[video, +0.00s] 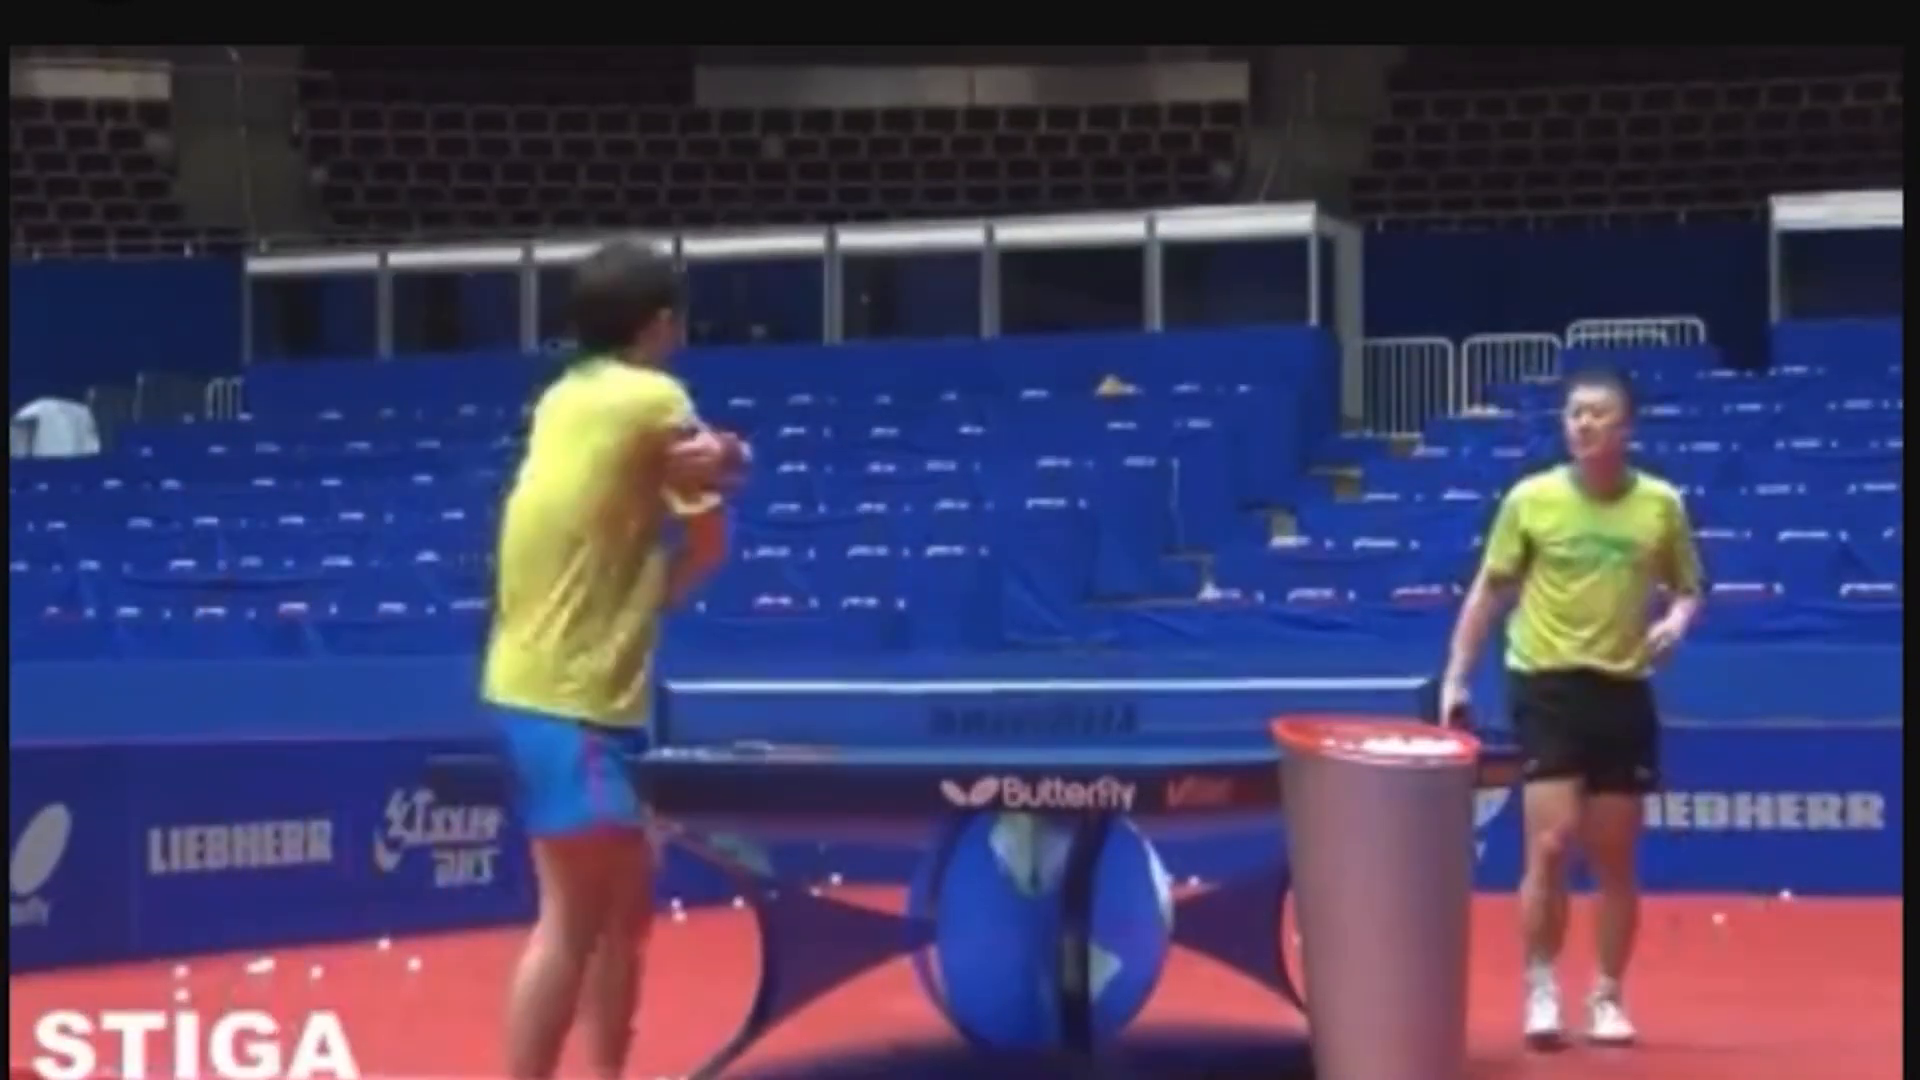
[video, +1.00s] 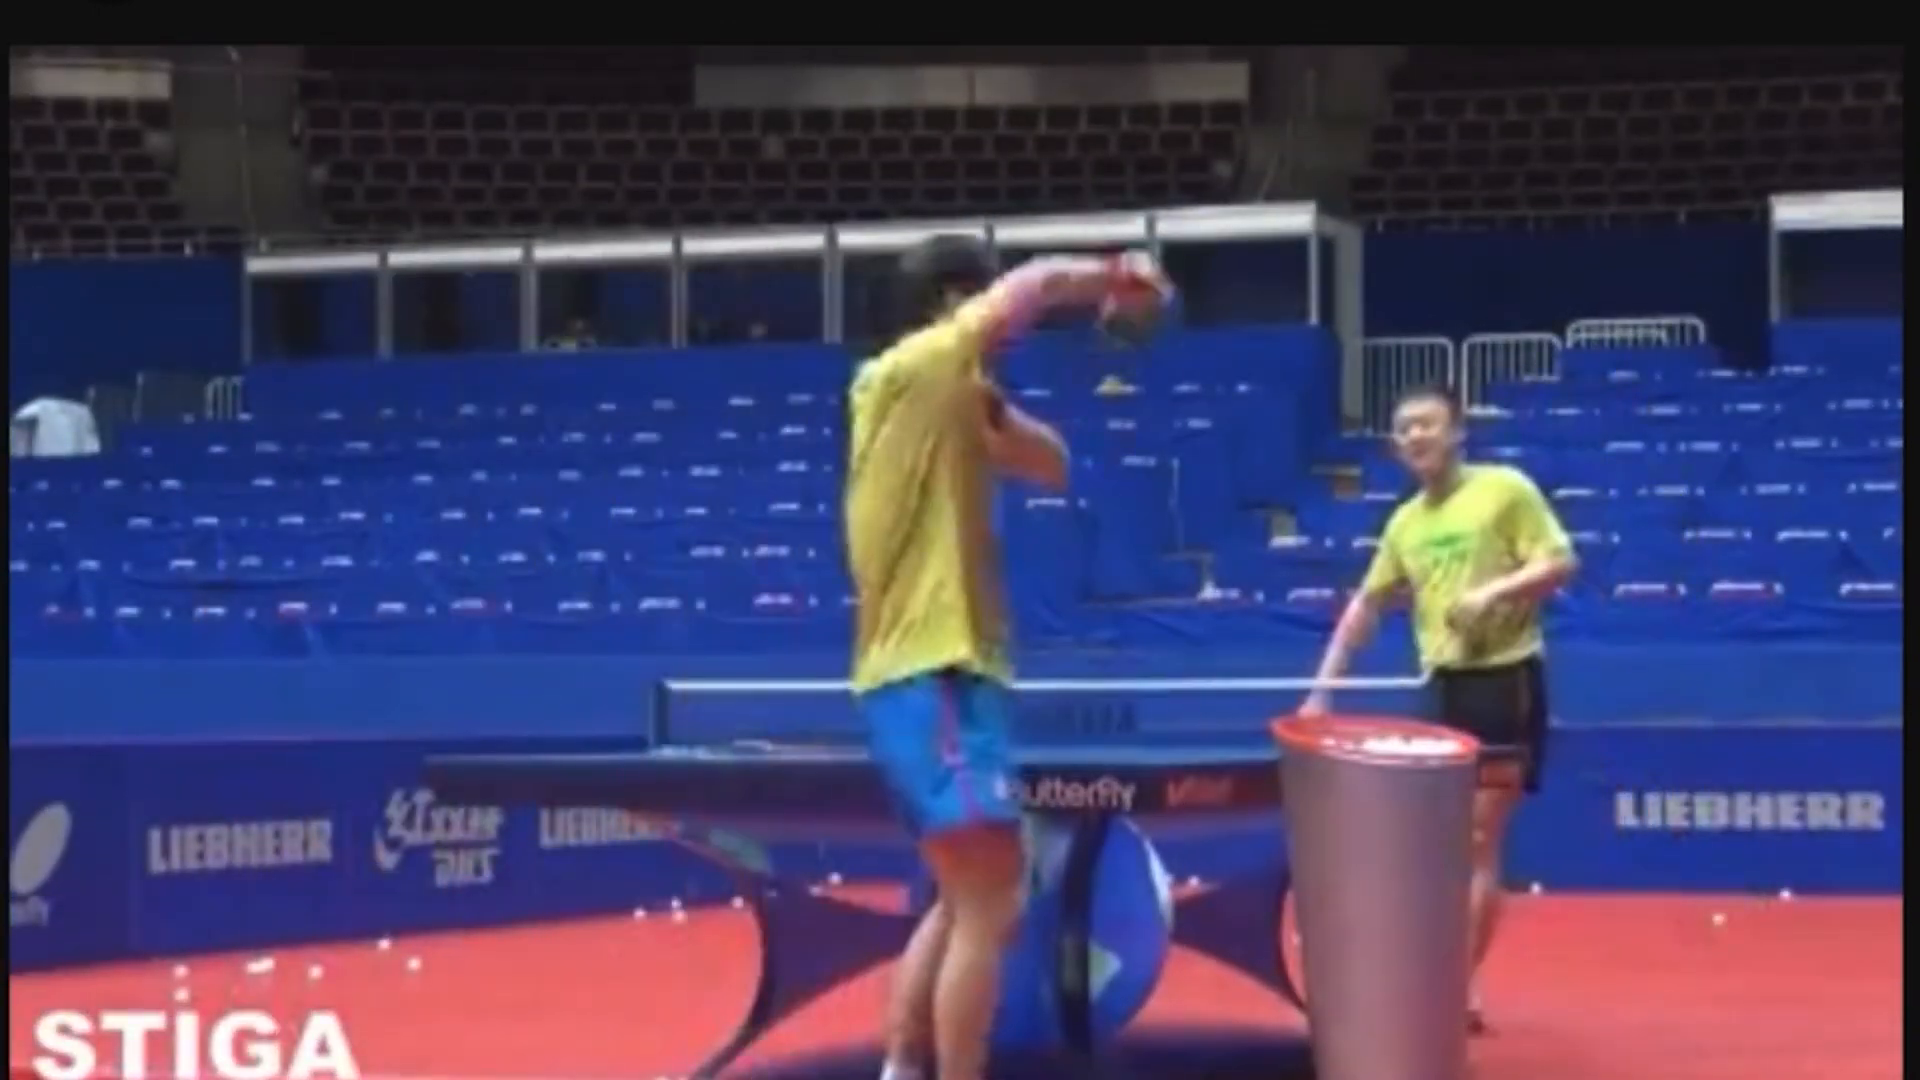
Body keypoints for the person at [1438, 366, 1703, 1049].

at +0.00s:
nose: (1584, 425)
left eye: (1598, 413)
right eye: (1576, 413)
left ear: (1626, 424)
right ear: (1564, 424)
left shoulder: (1660, 505)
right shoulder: (1529, 499)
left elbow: (1689, 587)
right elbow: (1489, 589)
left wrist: (1674, 623)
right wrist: (1455, 675)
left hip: (1623, 678)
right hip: (1547, 676)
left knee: (1615, 850)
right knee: (1551, 843)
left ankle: (1608, 993)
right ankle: (1541, 987)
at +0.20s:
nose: (1570, 425)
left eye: (1584, 414)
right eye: (1562, 413)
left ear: (1613, 425)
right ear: (1550, 424)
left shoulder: (1645, 507)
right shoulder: (1515, 499)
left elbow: (1669, 585)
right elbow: (1470, 586)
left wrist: (1666, 612)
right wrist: (1457, 663)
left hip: (1605, 682)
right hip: (1523, 682)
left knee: (1609, 847)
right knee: (1505, 844)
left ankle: (1607, 991)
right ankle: (1489, 978)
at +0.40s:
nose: (1528, 431)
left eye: (1542, 419)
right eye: (1519, 418)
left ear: (1570, 432)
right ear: (1506, 429)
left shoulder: (1608, 507)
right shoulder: (1479, 507)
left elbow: (1642, 587)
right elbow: (1450, 577)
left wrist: (1616, 606)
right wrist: (1435, 584)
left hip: (1573, 686)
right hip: (1493, 685)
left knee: (1593, 852)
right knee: (1473, 845)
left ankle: (1604, 992)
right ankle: (1464, 979)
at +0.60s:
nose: (1479, 436)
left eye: (1491, 423)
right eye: (1469, 424)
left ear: (1517, 433)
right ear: (1456, 435)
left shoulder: (1556, 507)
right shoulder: (1436, 512)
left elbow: (1595, 587)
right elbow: (1408, 597)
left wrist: (1550, 609)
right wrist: (1372, 533)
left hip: (1529, 685)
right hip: (1458, 683)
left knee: (1551, 846)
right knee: (1457, 849)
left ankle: (1586, 983)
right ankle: (1461, 982)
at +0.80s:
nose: (1443, 432)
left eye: (1455, 421)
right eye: (1434, 422)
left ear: (1482, 430)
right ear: (1422, 433)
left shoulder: (1520, 496)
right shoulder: (1416, 508)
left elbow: (1565, 571)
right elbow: (1374, 572)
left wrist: (1500, 601)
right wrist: (1366, 612)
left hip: (1508, 673)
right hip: (1445, 673)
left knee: (1502, 834)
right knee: (1446, 836)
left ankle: (1520, 981)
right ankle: (1453, 980)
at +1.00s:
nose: (1418, 437)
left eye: (1430, 425)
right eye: (1408, 428)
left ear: (1458, 431)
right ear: (1396, 443)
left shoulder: (1505, 488)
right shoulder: (1404, 523)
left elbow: (1559, 560)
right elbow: (1365, 605)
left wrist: (1489, 595)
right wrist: (1323, 686)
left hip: (1504, 675)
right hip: (1443, 679)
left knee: (1481, 841)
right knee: (1435, 838)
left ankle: (1461, 987)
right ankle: (1431, 984)